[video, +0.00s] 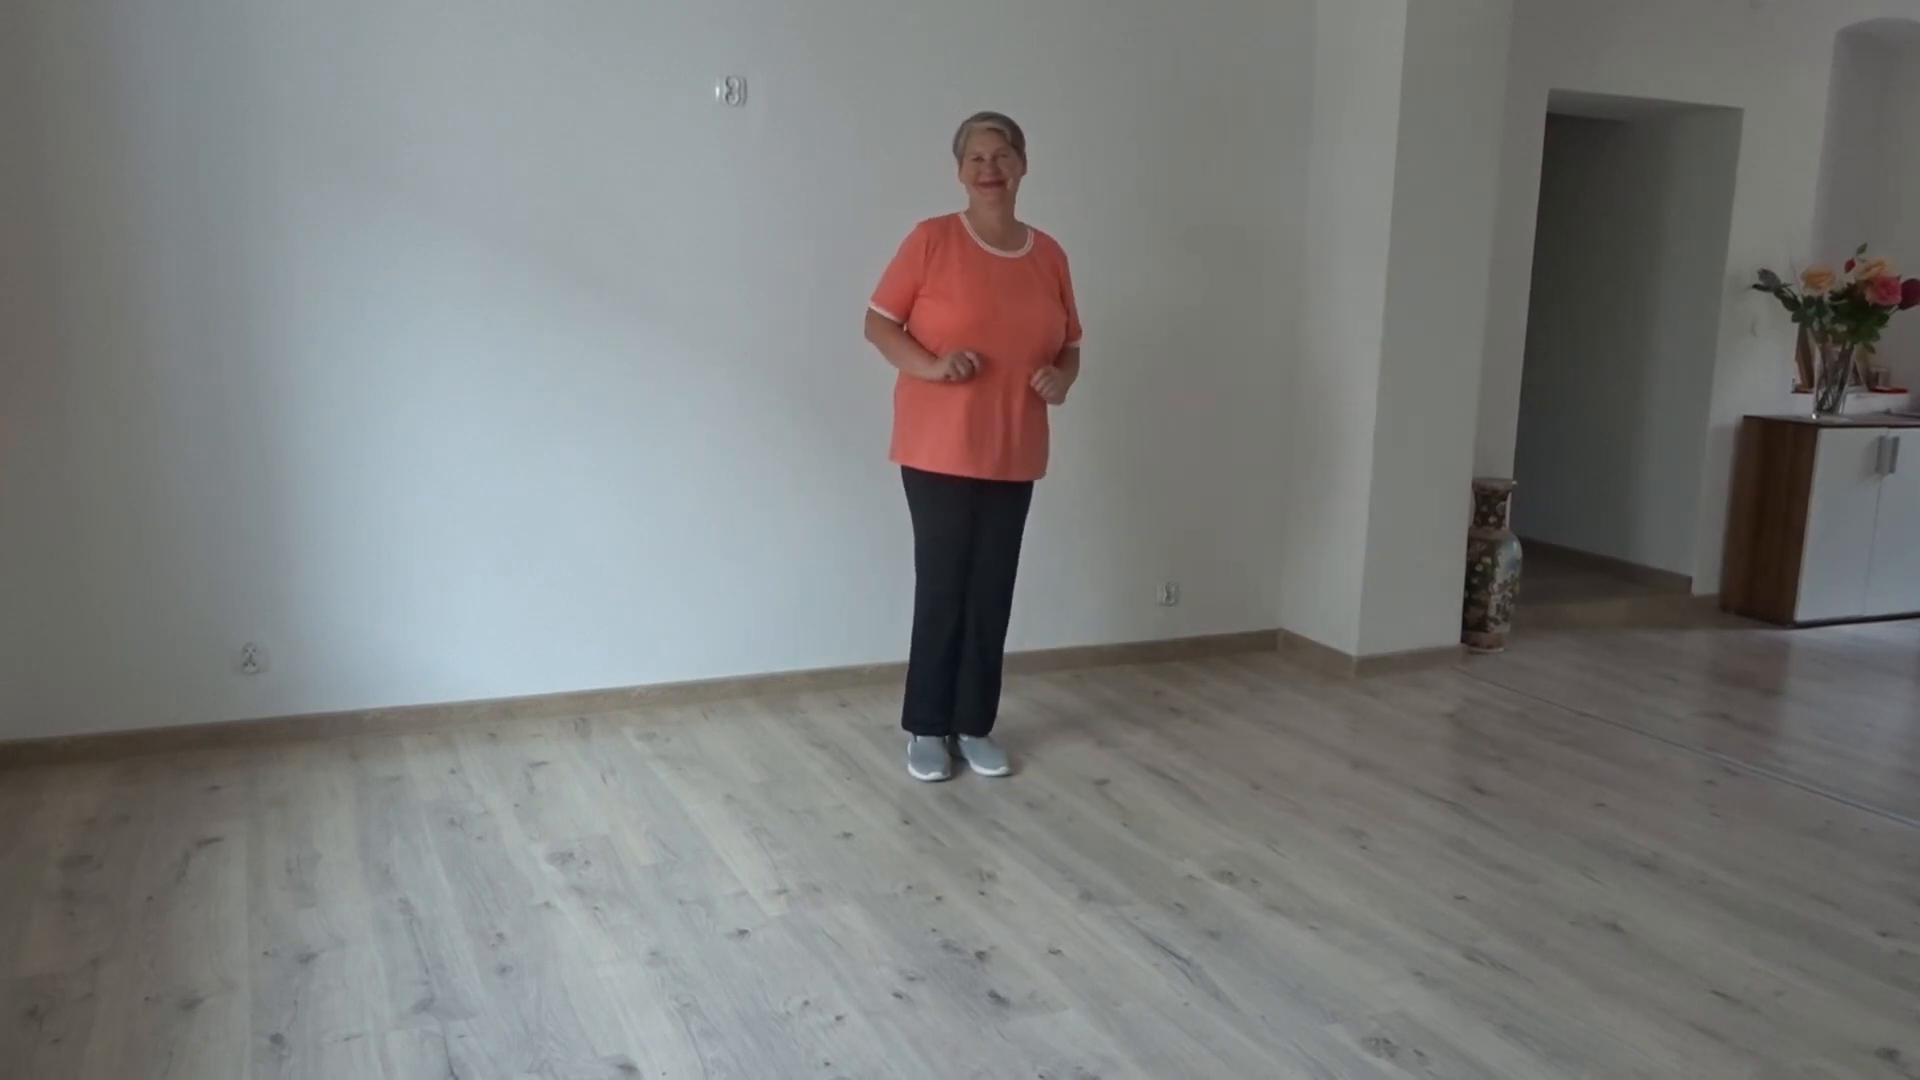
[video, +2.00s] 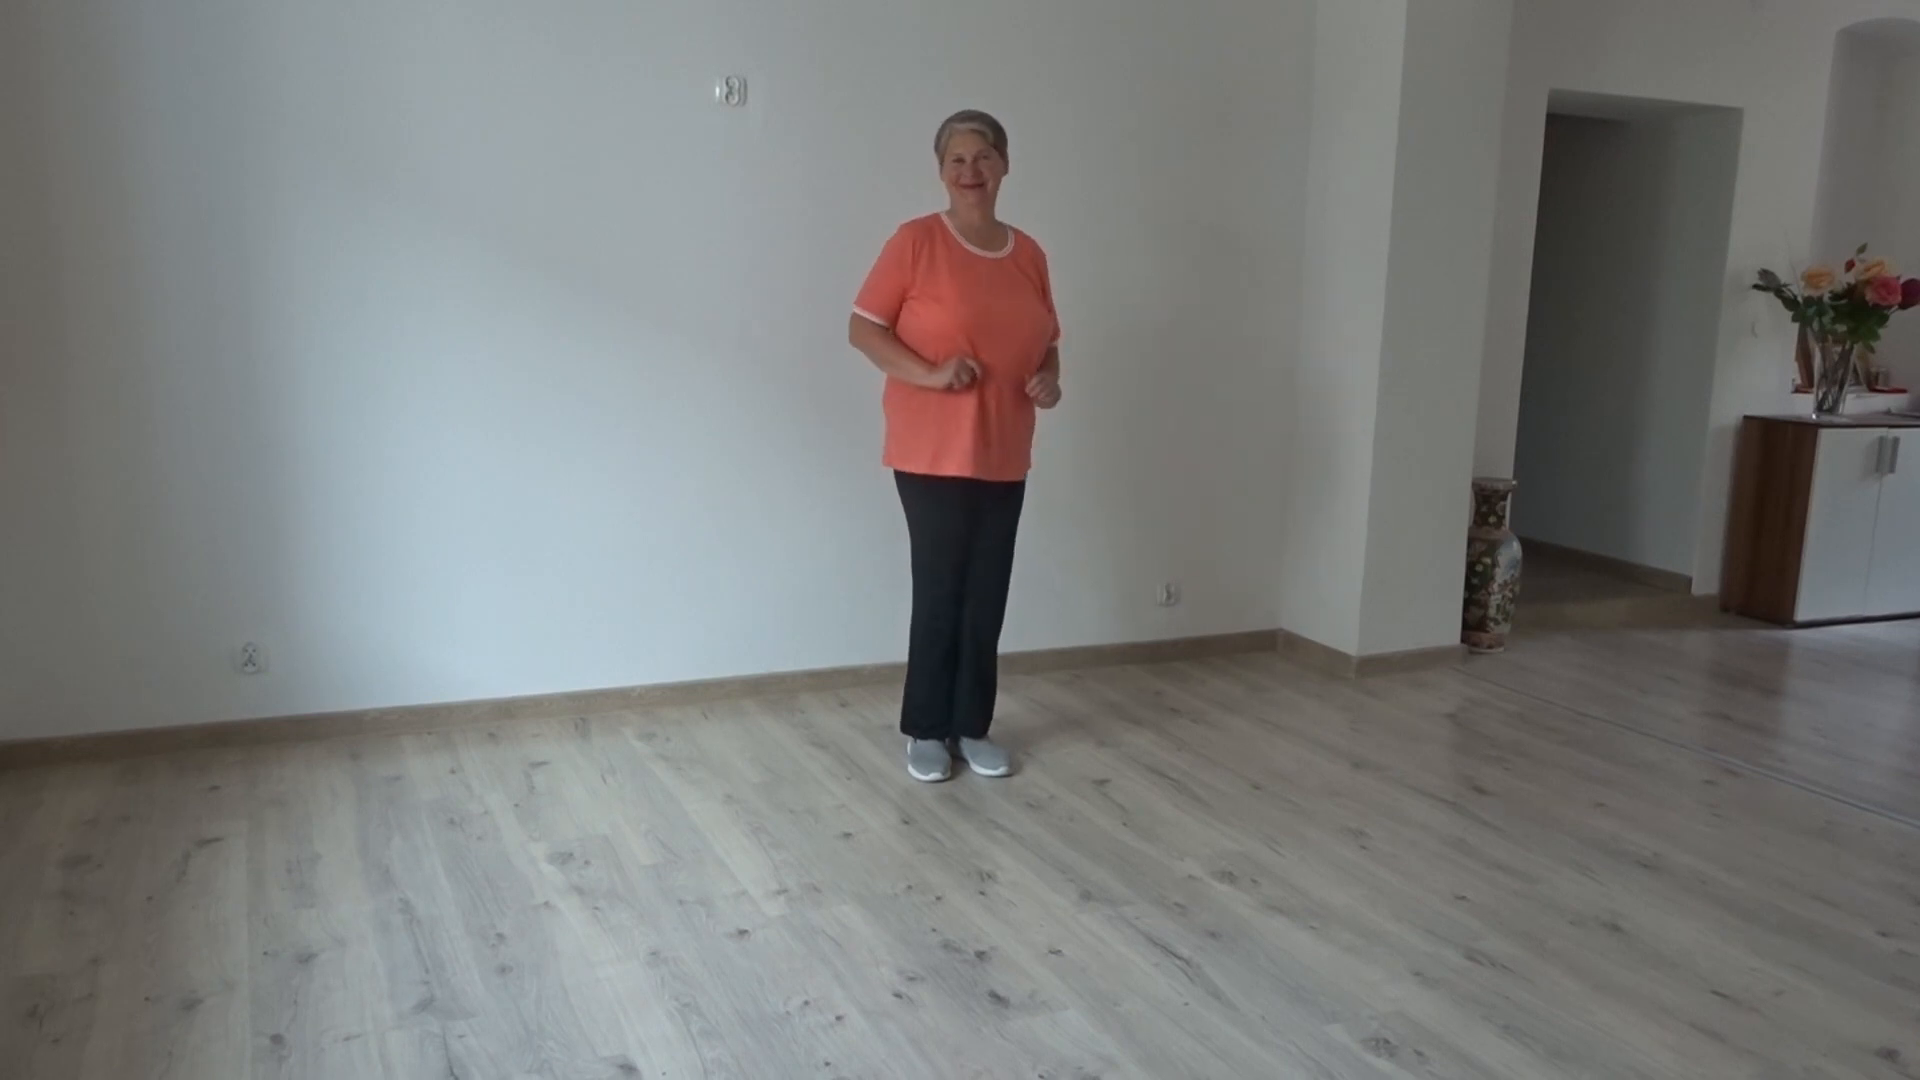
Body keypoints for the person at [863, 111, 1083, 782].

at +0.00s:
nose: (990, 166)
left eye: (1002, 155)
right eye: (977, 158)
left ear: (1023, 165)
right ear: (959, 171)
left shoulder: (1047, 254)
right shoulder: (931, 241)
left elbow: (1069, 342)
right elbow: (879, 323)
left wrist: (1060, 373)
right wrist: (929, 365)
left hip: (1013, 458)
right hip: (939, 456)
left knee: (991, 599)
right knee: (943, 594)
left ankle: (972, 728)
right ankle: (926, 730)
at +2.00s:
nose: (971, 168)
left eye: (983, 156)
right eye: (957, 159)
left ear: (1004, 166)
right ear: (940, 171)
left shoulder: (1028, 253)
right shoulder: (913, 243)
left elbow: (1047, 340)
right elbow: (864, 329)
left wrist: (1046, 377)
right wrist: (929, 374)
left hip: (1004, 459)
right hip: (933, 457)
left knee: (985, 600)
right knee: (939, 598)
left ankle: (970, 730)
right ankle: (925, 733)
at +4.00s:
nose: (983, 164)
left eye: (995, 154)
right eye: (970, 155)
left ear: (1014, 166)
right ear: (951, 170)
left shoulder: (1040, 254)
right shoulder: (921, 244)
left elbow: (1062, 341)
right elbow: (874, 329)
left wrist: (1056, 379)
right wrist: (929, 375)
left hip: (1009, 459)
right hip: (938, 456)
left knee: (988, 600)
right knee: (942, 597)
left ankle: (970, 730)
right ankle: (926, 732)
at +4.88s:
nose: (996, 178)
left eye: (1011, 169)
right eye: (986, 166)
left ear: (1034, 185)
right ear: (969, 177)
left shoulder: (1049, 274)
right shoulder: (927, 245)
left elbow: (1092, 357)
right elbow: (857, 299)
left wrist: (1101, 369)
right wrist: (848, 305)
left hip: (1002, 467)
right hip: (919, 457)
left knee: (985, 611)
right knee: (908, 614)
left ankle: (972, 735)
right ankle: (876, 777)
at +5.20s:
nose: (967, 166)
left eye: (985, 159)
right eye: (958, 153)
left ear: (1007, 181)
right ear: (939, 165)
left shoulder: (1014, 273)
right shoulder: (888, 235)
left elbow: (1034, 370)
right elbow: (813, 314)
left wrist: (1047, 282)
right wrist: (836, 234)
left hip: (963, 467)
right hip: (874, 457)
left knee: (976, 620)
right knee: (882, 632)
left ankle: (969, 720)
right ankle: (873, 803)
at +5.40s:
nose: (955, 159)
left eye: (973, 151)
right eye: (945, 146)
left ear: (993, 171)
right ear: (922, 156)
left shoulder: (1003, 261)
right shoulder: (874, 235)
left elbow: (1012, 364)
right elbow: (810, 328)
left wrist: (957, 307)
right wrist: (872, 290)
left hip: (955, 481)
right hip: (867, 472)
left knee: (942, 638)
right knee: (877, 639)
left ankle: (939, 766)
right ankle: (869, 804)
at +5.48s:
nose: (951, 169)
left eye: (967, 161)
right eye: (940, 155)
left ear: (983, 181)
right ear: (914, 165)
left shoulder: (1000, 268)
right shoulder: (867, 251)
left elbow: (1015, 373)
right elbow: (809, 349)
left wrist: (924, 350)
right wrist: (871, 335)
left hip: (954, 500)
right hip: (865, 494)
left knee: (930, 654)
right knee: (874, 650)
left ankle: (925, 804)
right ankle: (870, 808)